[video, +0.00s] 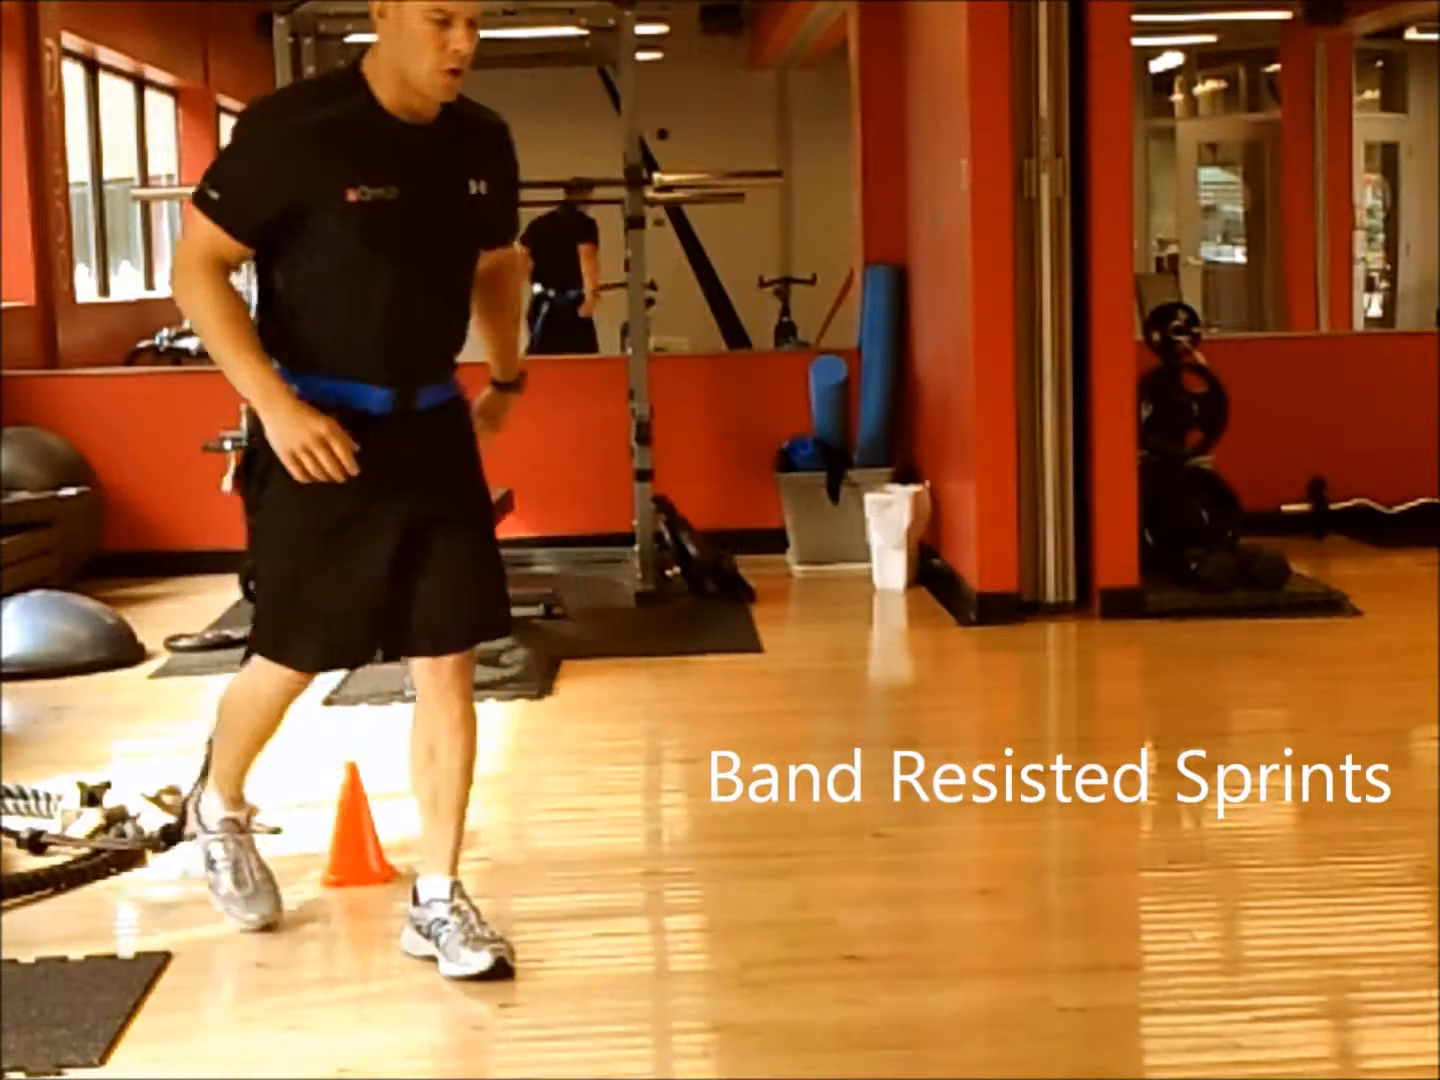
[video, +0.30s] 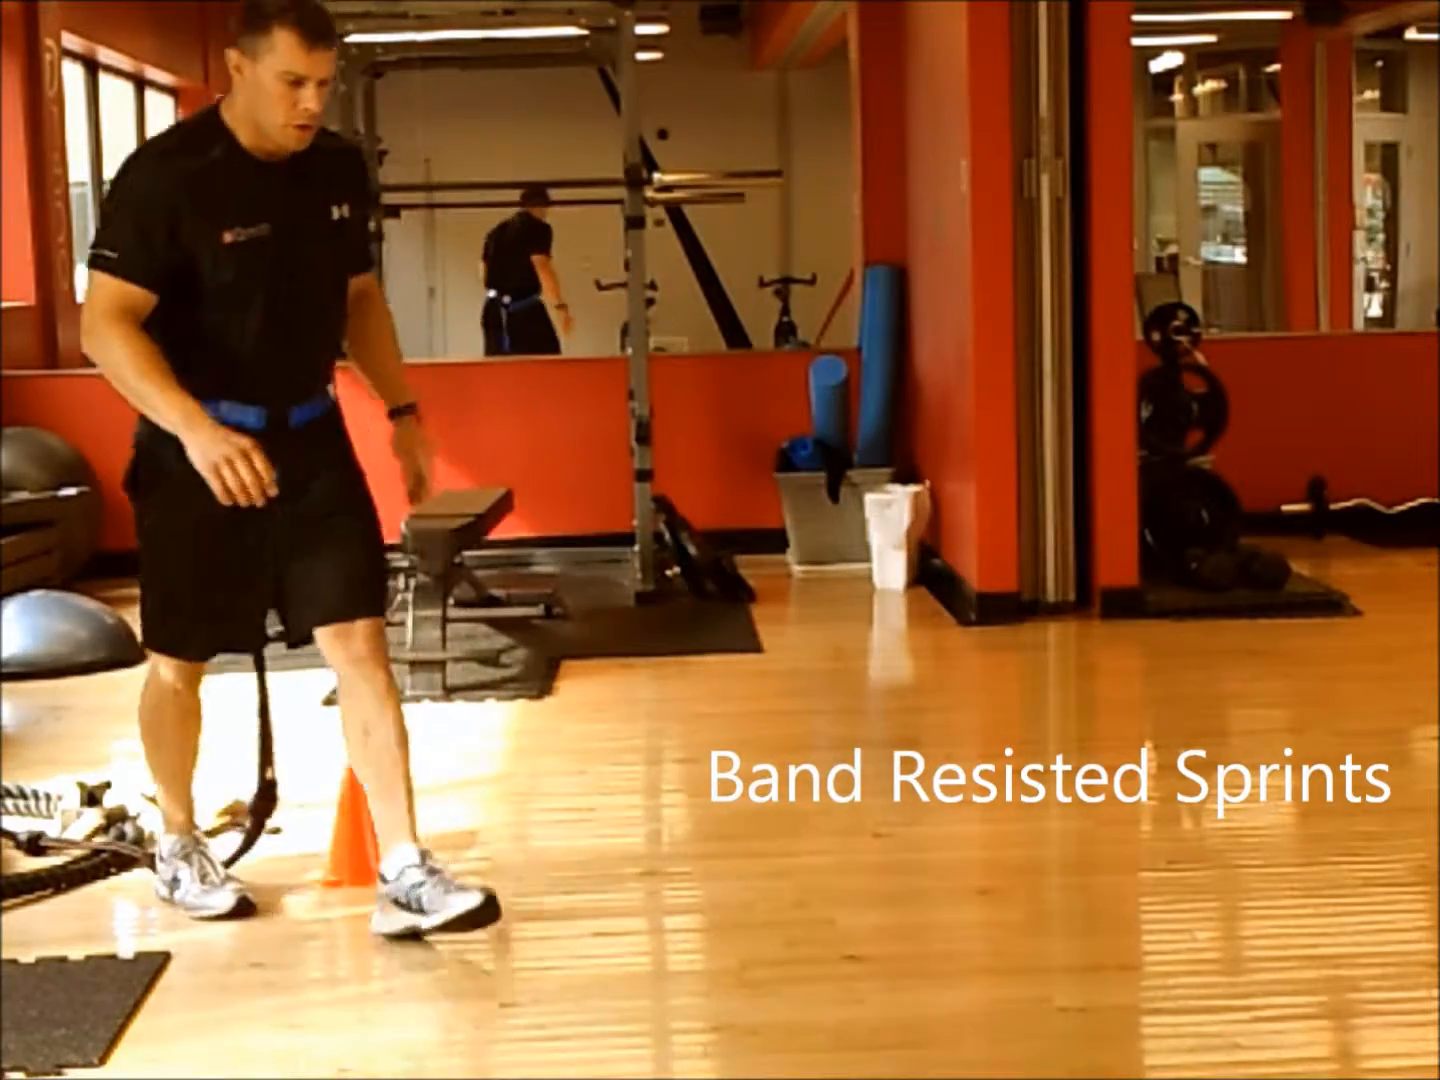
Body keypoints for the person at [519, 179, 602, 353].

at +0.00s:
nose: (590, 202)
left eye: (589, 197)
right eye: (589, 197)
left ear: (566, 195)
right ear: (585, 198)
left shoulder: (539, 222)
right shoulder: (584, 224)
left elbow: (521, 252)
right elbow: (587, 257)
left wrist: (532, 280)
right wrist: (591, 293)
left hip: (543, 301)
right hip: (573, 302)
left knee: (542, 359)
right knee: (581, 361)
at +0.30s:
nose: (545, 212)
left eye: (545, 207)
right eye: (544, 207)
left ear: (523, 204)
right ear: (539, 206)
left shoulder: (496, 231)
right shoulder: (538, 228)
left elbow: (485, 275)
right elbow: (541, 264)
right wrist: (559, 305)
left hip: (495, 308)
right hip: (526, 308)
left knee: (498, 367)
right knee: (546, 363)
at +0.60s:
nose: (525, 201)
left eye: (524, 196)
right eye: (523, 196)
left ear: (500, 197)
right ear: (516, 197)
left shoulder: (476, 225)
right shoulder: (523, 223)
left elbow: (461, 269)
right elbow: (531, 263)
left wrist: (473, 295)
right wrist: (542, 298)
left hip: (479, 307)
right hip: (510, 307)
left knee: (484, 366)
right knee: (522, 365)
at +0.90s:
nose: (527, 207)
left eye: (526, 201)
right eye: (526, 201)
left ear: (501, 199)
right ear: (521, 201)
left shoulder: (474, 231)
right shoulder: (525, 232)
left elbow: (456, 273)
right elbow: (535, 272)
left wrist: (459, 314)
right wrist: (553, 313)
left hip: (477, 312)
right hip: (506, 314)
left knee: (478, 375)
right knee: (507, 375)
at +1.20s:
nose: (546, 216)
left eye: (546, 211)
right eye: (545, 211)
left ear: (522, 210)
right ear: (540, 212)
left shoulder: (492, 232)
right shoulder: (542, 240)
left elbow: (462, 266)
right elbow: (549, 281)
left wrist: (459, 311)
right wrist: (556, 319)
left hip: (479, 310)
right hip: (509, 314)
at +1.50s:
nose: (577, 251)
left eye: (577, 247)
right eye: (577, 247)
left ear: (554, 243)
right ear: (572, 245)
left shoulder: (531, 256)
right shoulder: (576, 261)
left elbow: (489, 275)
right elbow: (582, 298)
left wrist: (483, 316)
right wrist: (583, 329)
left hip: (514, 321)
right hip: (544, 324)